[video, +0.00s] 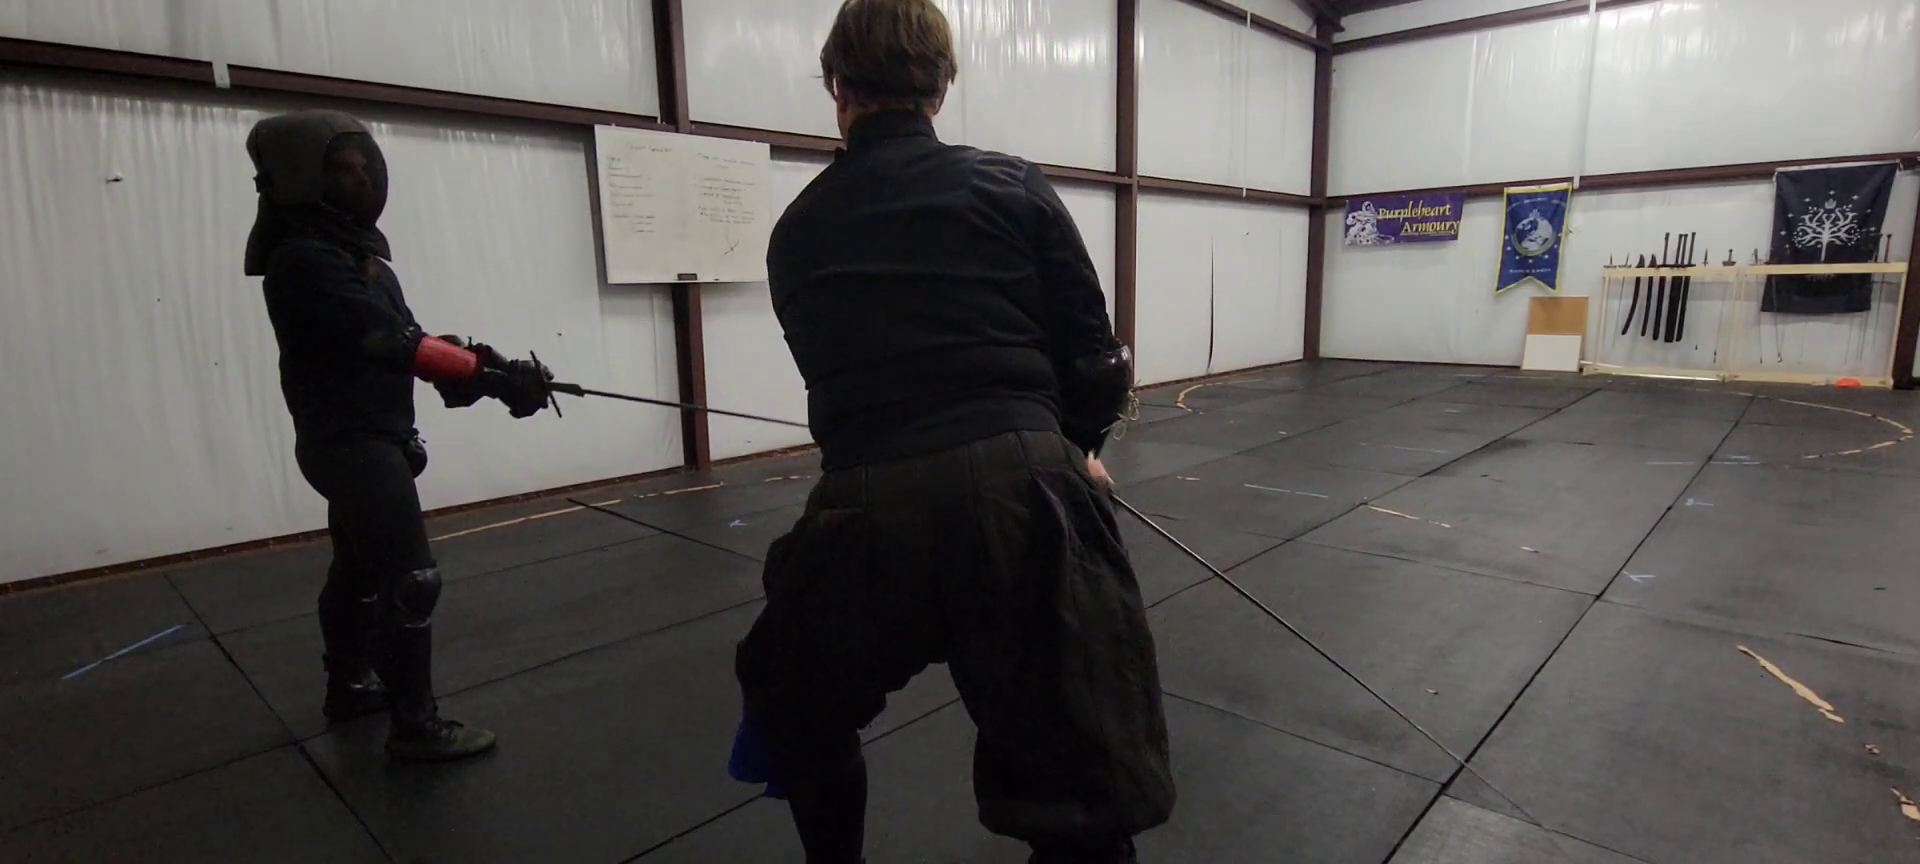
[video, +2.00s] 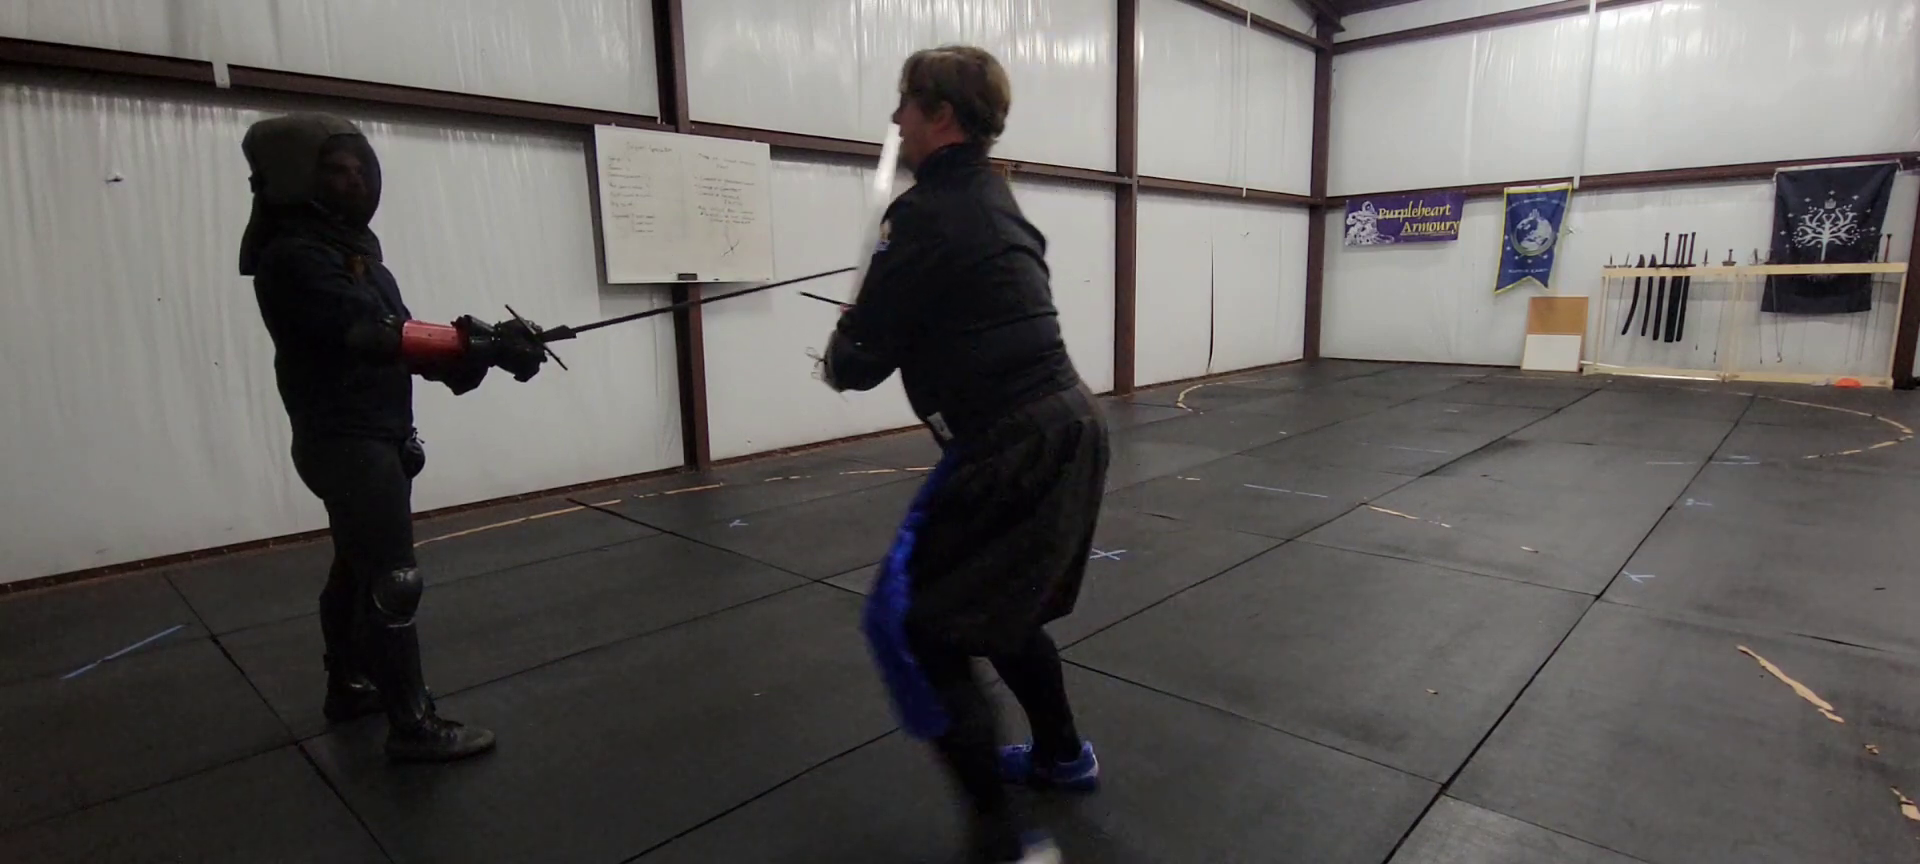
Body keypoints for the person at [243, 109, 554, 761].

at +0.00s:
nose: (368, 178)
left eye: (371, 165)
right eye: (350, 167)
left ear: (375, 172)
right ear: (311, 179)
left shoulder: (350, 246)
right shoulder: (304, 258)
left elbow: (393, 336)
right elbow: (381, 341)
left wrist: (466, 361)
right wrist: (493, 374)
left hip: (375, 441)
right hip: (352, 446)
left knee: (359, 571)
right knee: (409, 580)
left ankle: (349, 689)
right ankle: (416, 725)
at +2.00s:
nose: (355, 181)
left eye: (361, 169)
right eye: (339, 169)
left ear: (371, 179)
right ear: (308, 179)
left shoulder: (350, 245)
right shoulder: (292, 254)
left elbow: (393, 328)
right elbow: (364, 334)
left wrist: (466, 349)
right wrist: (478, 345)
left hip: (376, 439)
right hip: (343, 444)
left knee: (359, 569)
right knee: (392, 582)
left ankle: (349, 688)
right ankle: (411, 723)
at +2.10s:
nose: (351, 182)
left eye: (360, 170)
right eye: (335, 170)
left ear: (372, 179)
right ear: (304, 180)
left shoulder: (351, 248)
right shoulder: (292, 255)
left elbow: (393, 329)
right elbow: (364, 334)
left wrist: (466, 345)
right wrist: (475, 345)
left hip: (377, 439)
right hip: (343, 444)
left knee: (359, 570)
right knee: (393, 581)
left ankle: (349, 688)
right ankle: (411, 723)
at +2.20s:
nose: (357, 180)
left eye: (362, 168)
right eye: (340, 169)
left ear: (370, 178)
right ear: (307, 180)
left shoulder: (350, 247)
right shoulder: (294, 256)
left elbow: (391, 327)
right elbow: (363, 333)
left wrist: (464, 345)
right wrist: (472, 346)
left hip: (376, 439)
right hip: (345, 445)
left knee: (360, 569)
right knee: (392, 580)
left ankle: (350, 688)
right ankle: (412, 723)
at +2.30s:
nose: (356, 182)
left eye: (362, 170)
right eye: (341, 171)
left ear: (372, 179)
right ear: (309, 181)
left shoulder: (352, 247)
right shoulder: (293, 255)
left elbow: (394, 327)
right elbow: (361, 333)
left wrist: (467, 350)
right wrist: (470, 343)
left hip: (378, 438)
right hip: (345, 444)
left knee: (360, 569)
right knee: (391, 581)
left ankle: (350, 688)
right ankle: (412, 723)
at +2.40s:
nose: (354, 183)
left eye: (362, 170)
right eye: (338, 171)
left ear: (373, 180)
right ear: (308, 181)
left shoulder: (352, 245)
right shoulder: (294, 255)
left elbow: (391, 326)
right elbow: (360, 335)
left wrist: (460, 351)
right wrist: (469, 344)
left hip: (378, 437)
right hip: (346, 443)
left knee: (360, 570)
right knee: (391, 581)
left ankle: (350, 688)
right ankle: (412, 724)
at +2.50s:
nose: (356, 183)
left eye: (362, 171)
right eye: (340, 171)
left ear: (371, 179)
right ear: (306, 181)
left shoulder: (355, 246)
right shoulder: (293, 256)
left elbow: (395, 325)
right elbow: (357, 333)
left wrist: (453, 357)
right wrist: (463, 349)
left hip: (381, 436)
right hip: (344, 442)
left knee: (360, 570)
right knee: (393, 582)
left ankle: (349, 689)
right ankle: (410, 723)